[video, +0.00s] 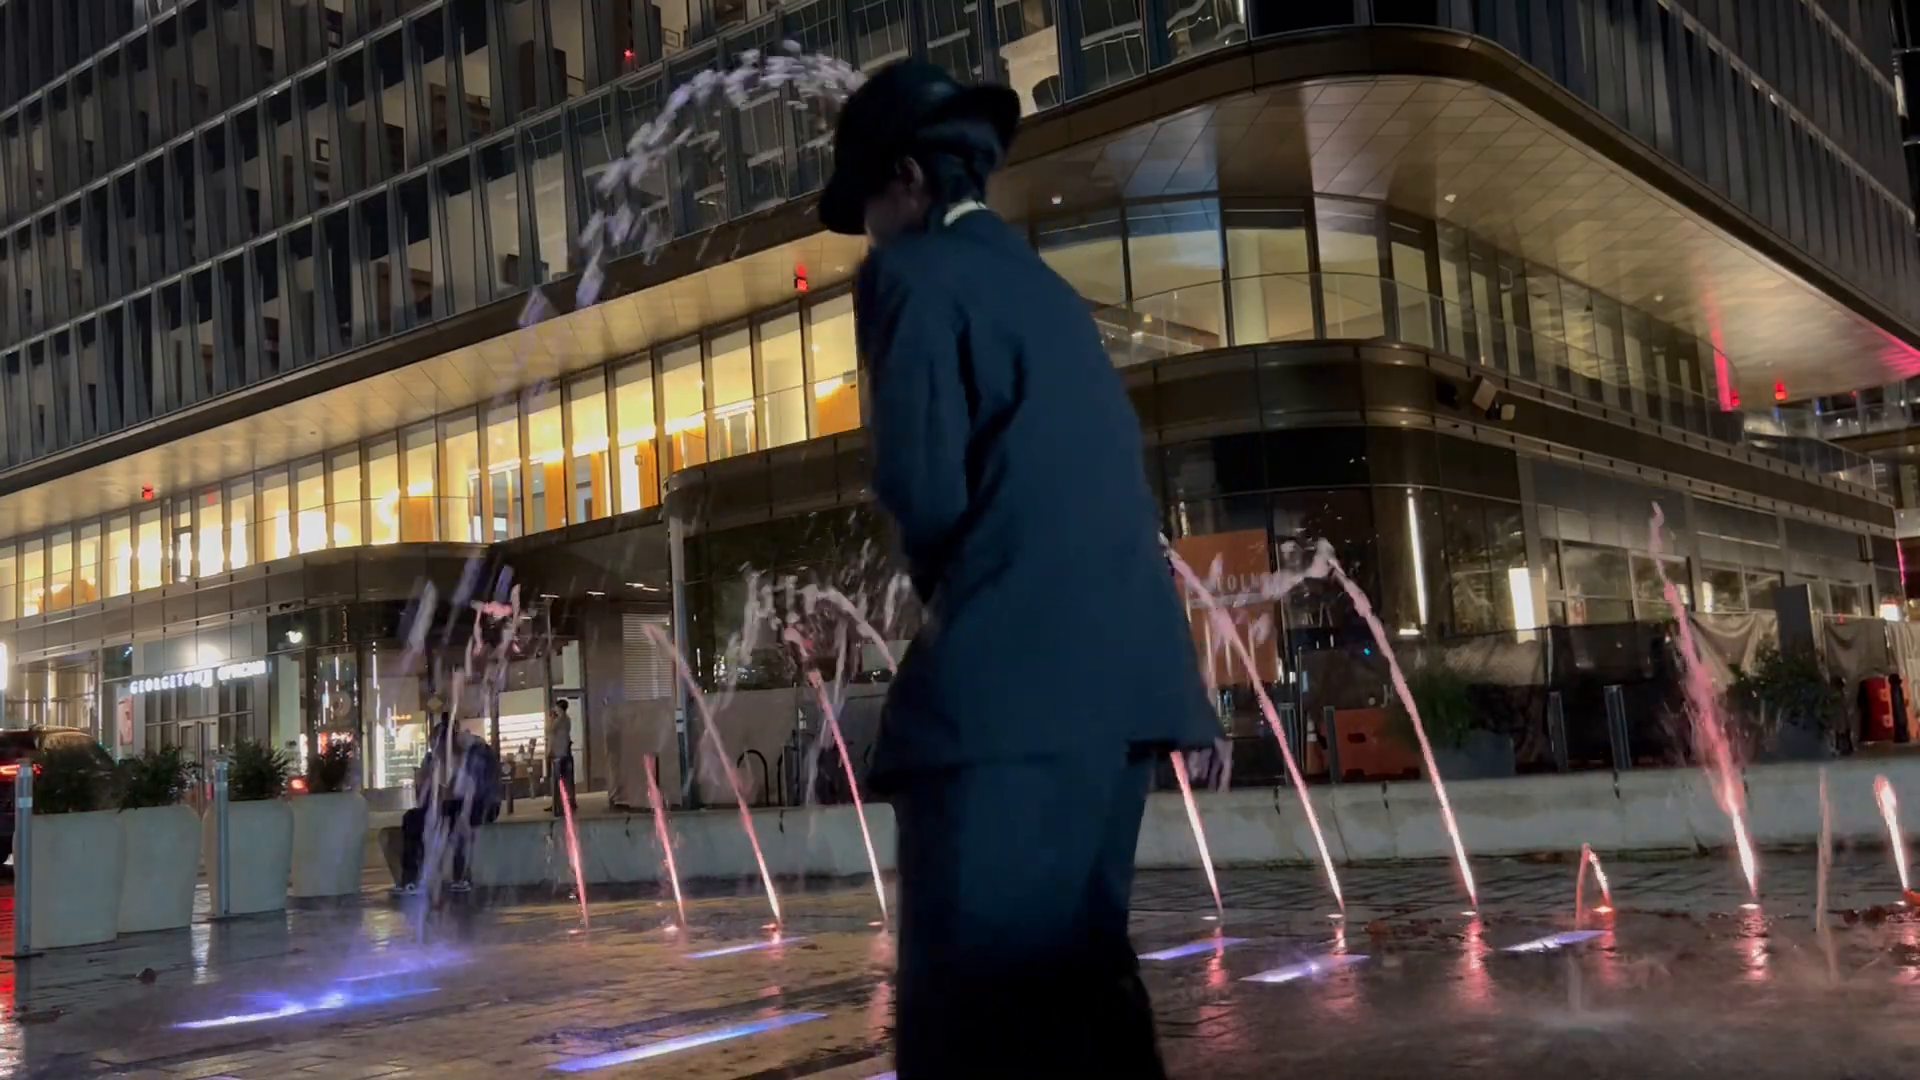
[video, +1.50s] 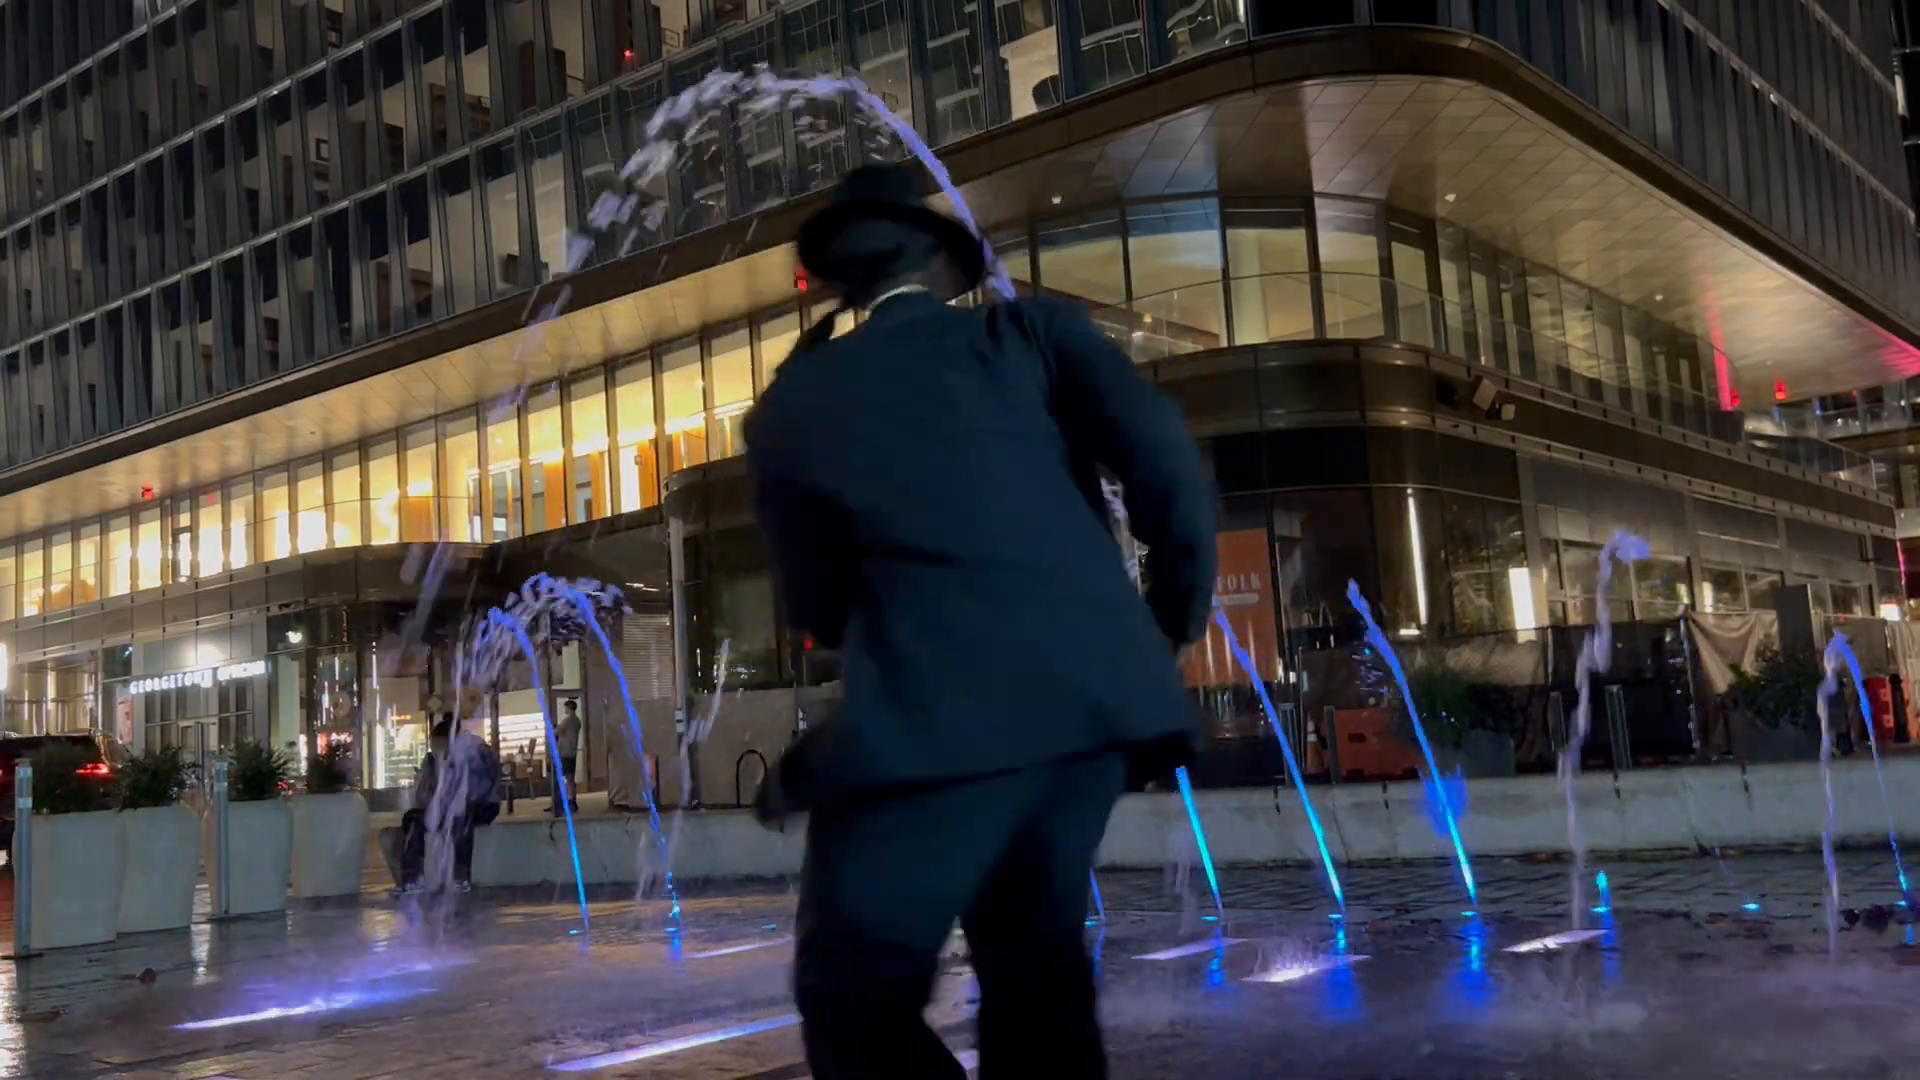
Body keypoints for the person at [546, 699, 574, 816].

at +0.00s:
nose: (555, 711)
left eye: (556, 709)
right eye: (556, 709)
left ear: (558, 709)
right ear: (565, 709)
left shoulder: (558, 721)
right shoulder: (567, 720)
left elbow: (551, 733)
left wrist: (549, 719)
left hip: (557, 754)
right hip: (566, 753)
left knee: (556, 781)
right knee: (568, 780)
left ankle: (556, 804)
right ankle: (571, 802)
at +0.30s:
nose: (555, 711)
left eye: (557, 709)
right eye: (556, 709)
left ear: (561, 709)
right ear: (565, 709)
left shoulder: (558, 721)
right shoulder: (567, 720)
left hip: (559, 754)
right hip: (565, 753)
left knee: (556, 780)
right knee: (567, 779)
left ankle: (555, 803)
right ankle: (569, 801)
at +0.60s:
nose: (557, 712)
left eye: (559, 710)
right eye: (557, 710)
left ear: (563, 709)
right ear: (568, 709)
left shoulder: (561, 720)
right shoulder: (570, 720)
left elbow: (552, 730)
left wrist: (550, 719)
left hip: (558, 755)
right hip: (567, 755)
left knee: (556, 781)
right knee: (569, 781)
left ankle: (556, 804)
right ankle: (571, 802)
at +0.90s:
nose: (561, 710)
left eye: (563, 708)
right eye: (562, 708)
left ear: (565, 709)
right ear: (571, 708)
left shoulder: (565, 720)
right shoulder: (572, 720)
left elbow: (556, 732)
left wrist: (552, 723)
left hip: (561, 754)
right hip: (568, 754)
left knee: (558, 780)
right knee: (569, 779)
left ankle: (557, 804)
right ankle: (571, 802)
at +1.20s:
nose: (564, 710)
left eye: (565, 708)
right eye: (565, 708)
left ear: (567, 708)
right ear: (574, 708)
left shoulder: (566, 720)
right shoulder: (576, 721)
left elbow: (558, 730)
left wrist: (553, 725)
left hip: (562, 754)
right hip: (570, 754)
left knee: (558, 780)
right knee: (570, 779)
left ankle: (557, 803)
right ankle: (572, 802)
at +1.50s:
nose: (564, 710)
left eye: (566, 708)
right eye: (565, 708)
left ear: (568, 709)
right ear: (574, 709)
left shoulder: (566, 721)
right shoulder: (577, 721)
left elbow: (556, 731)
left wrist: (552, 730)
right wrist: (559, 729)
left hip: (564, 754)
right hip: (572, 753)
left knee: (563, 780)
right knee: (571, 779)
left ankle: (560, 803)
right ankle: (572, 801)